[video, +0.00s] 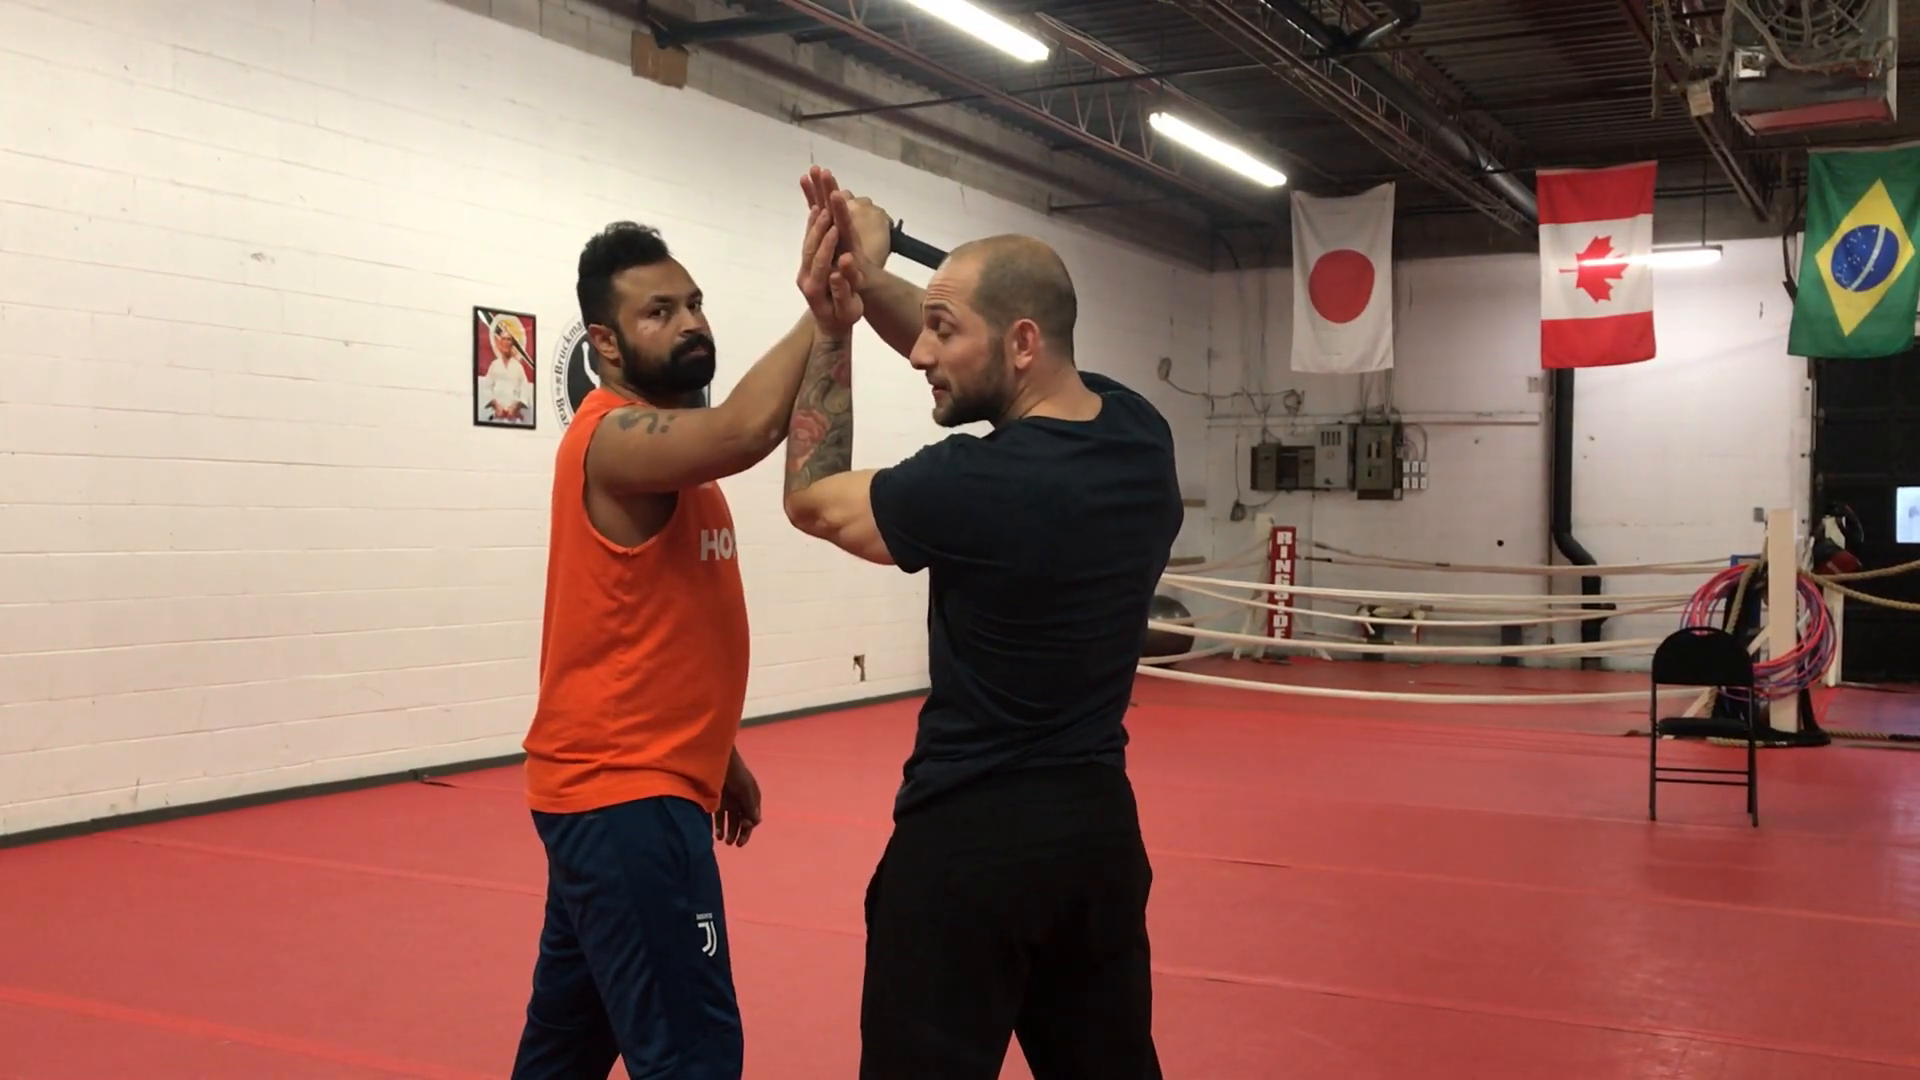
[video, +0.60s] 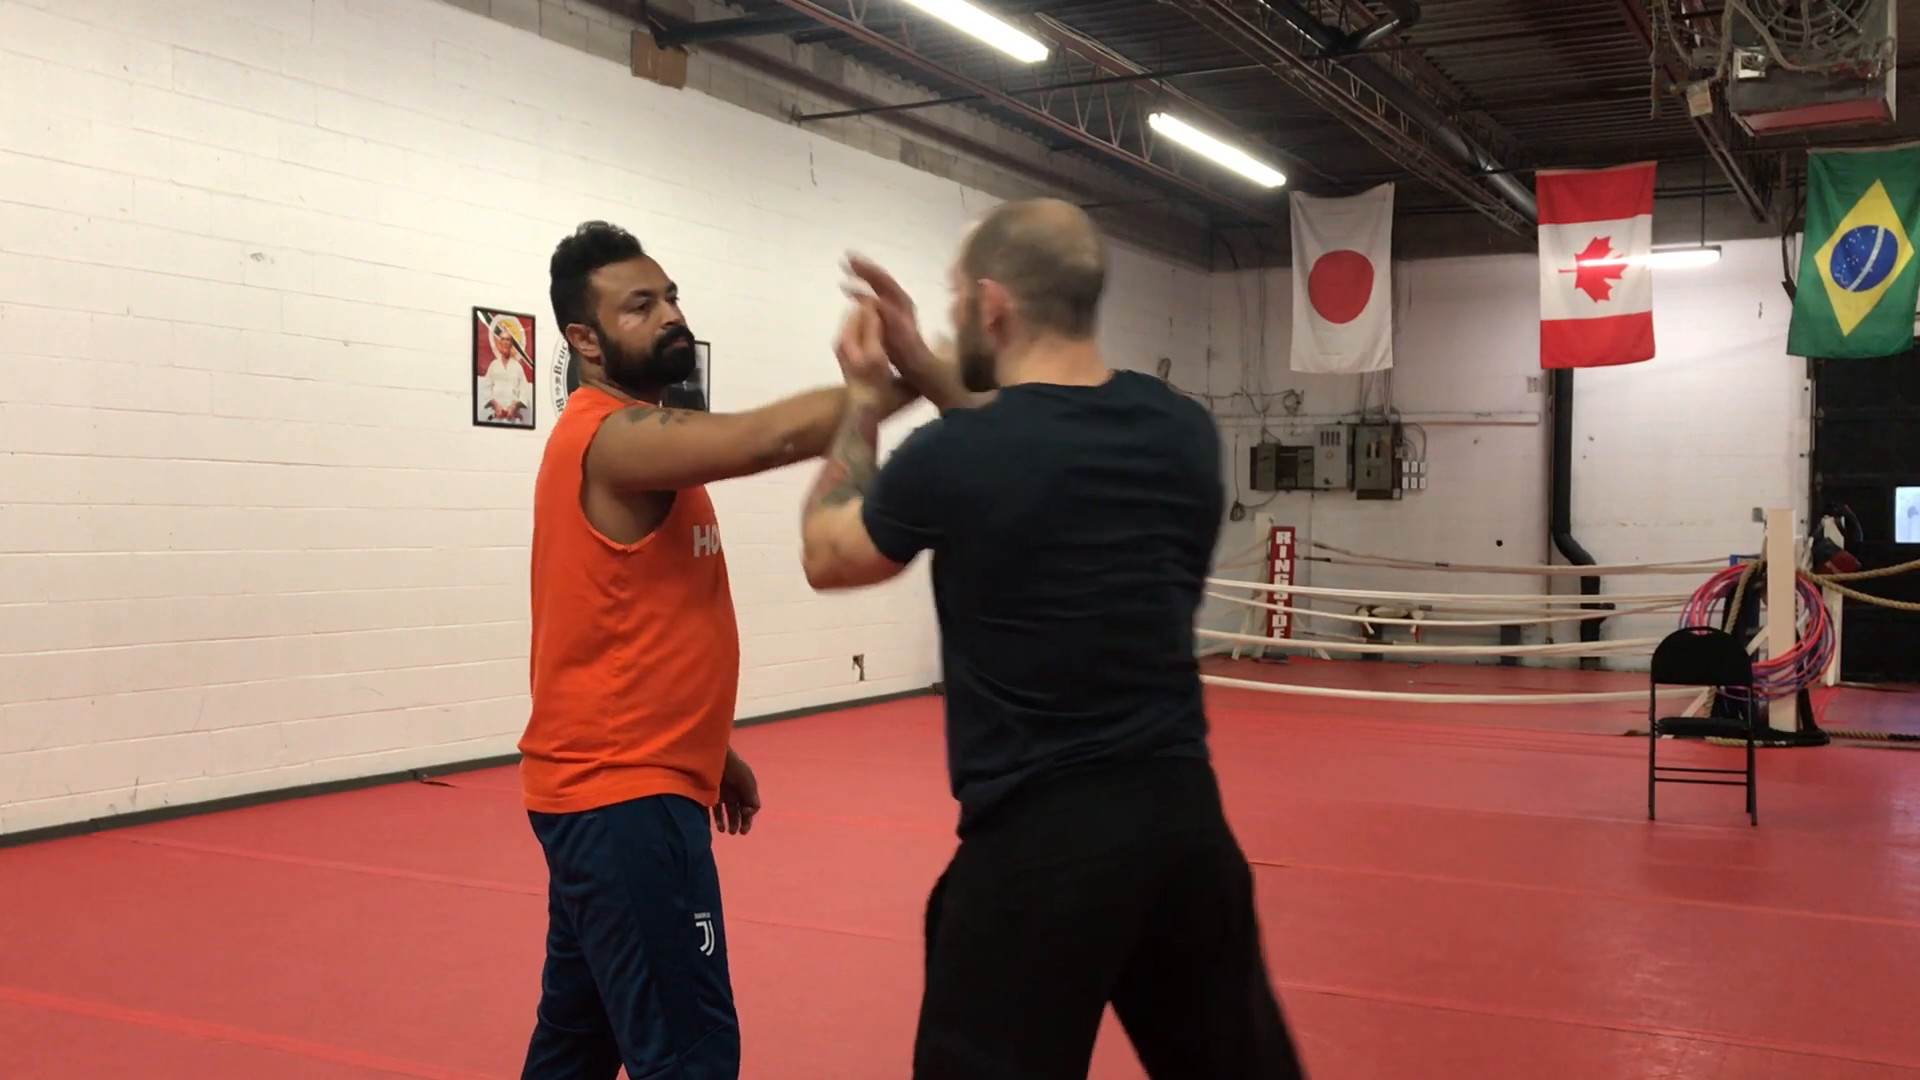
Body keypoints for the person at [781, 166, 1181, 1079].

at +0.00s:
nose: (923, 353)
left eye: (943, 328)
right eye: (926, 329)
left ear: (1021, 344)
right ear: (1027, 346)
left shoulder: (975, 486)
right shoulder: (1141, 436)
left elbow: (815, 499)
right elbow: (954, 350)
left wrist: (831, 318)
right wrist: (872, 271)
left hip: (960, 847)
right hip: (1097, 835)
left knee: (920, 1062)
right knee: (1112, 1067)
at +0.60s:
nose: (950, 312)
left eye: (956, 291)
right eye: (952, 291)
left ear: (995, 305)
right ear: (1090, 299)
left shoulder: (961, 451)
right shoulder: (1185, 430)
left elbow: (829, 556)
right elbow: (1057, 432)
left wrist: (862, 408)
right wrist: (934, 373)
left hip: (1029, 859)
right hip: (1183, 838)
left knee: (981, 1064)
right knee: (1243, 1068)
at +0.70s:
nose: (1009, 309)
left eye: (1014, 289)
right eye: (1011, 289)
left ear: (1051, 303)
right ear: (1147, 302)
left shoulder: (1002, 465)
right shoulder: (1240, 445)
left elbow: (872, 612)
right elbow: (1120, 528)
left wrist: (891, 471)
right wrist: (983, 430)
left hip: (1061, 874)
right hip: (1222, 858)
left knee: (1001, 1066)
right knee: (1303, 1069)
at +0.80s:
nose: (1076, 317)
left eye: (1082, 297)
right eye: (1079, 296)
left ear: (1123, 314)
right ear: (1217, 313)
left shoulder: (1071, 477)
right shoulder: (1312, 467)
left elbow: (947, 689)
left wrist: (942, 574)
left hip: (1109, 895)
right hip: (1282, 886)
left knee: (1032, 1065)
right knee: (1365, 1069)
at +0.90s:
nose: (1153, 338)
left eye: (1162, 317)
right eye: (1157, 317)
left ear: (1207, 337)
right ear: (1304, 340)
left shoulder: (1151, 500)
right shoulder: (1406, 505)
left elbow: (1069, 759)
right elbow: (1397, 699)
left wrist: (1021, 695)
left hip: (1181, 937)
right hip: (1359, 930)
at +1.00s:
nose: (1239, 363)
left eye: (1255, 339)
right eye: (1247, 339)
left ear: (1305, 364)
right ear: (1394, 370)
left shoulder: (1229, 518)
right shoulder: (1506, 535)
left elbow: (1189, 798)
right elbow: (1527, 782)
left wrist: (1150, 806)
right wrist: (1399, 790)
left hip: (1260, 965)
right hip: (1452, 958)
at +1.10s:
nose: (1313, 373)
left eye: (1328, 349)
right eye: (1320, 349)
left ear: (1378, 367)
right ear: (1468, 385)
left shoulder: (1279, 514)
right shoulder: (1579, 543)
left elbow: (1219, 777)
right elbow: (1631, 801)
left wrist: (1308, 842)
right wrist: (1479, 832)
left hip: (1316, 973)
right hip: (1521, 976)